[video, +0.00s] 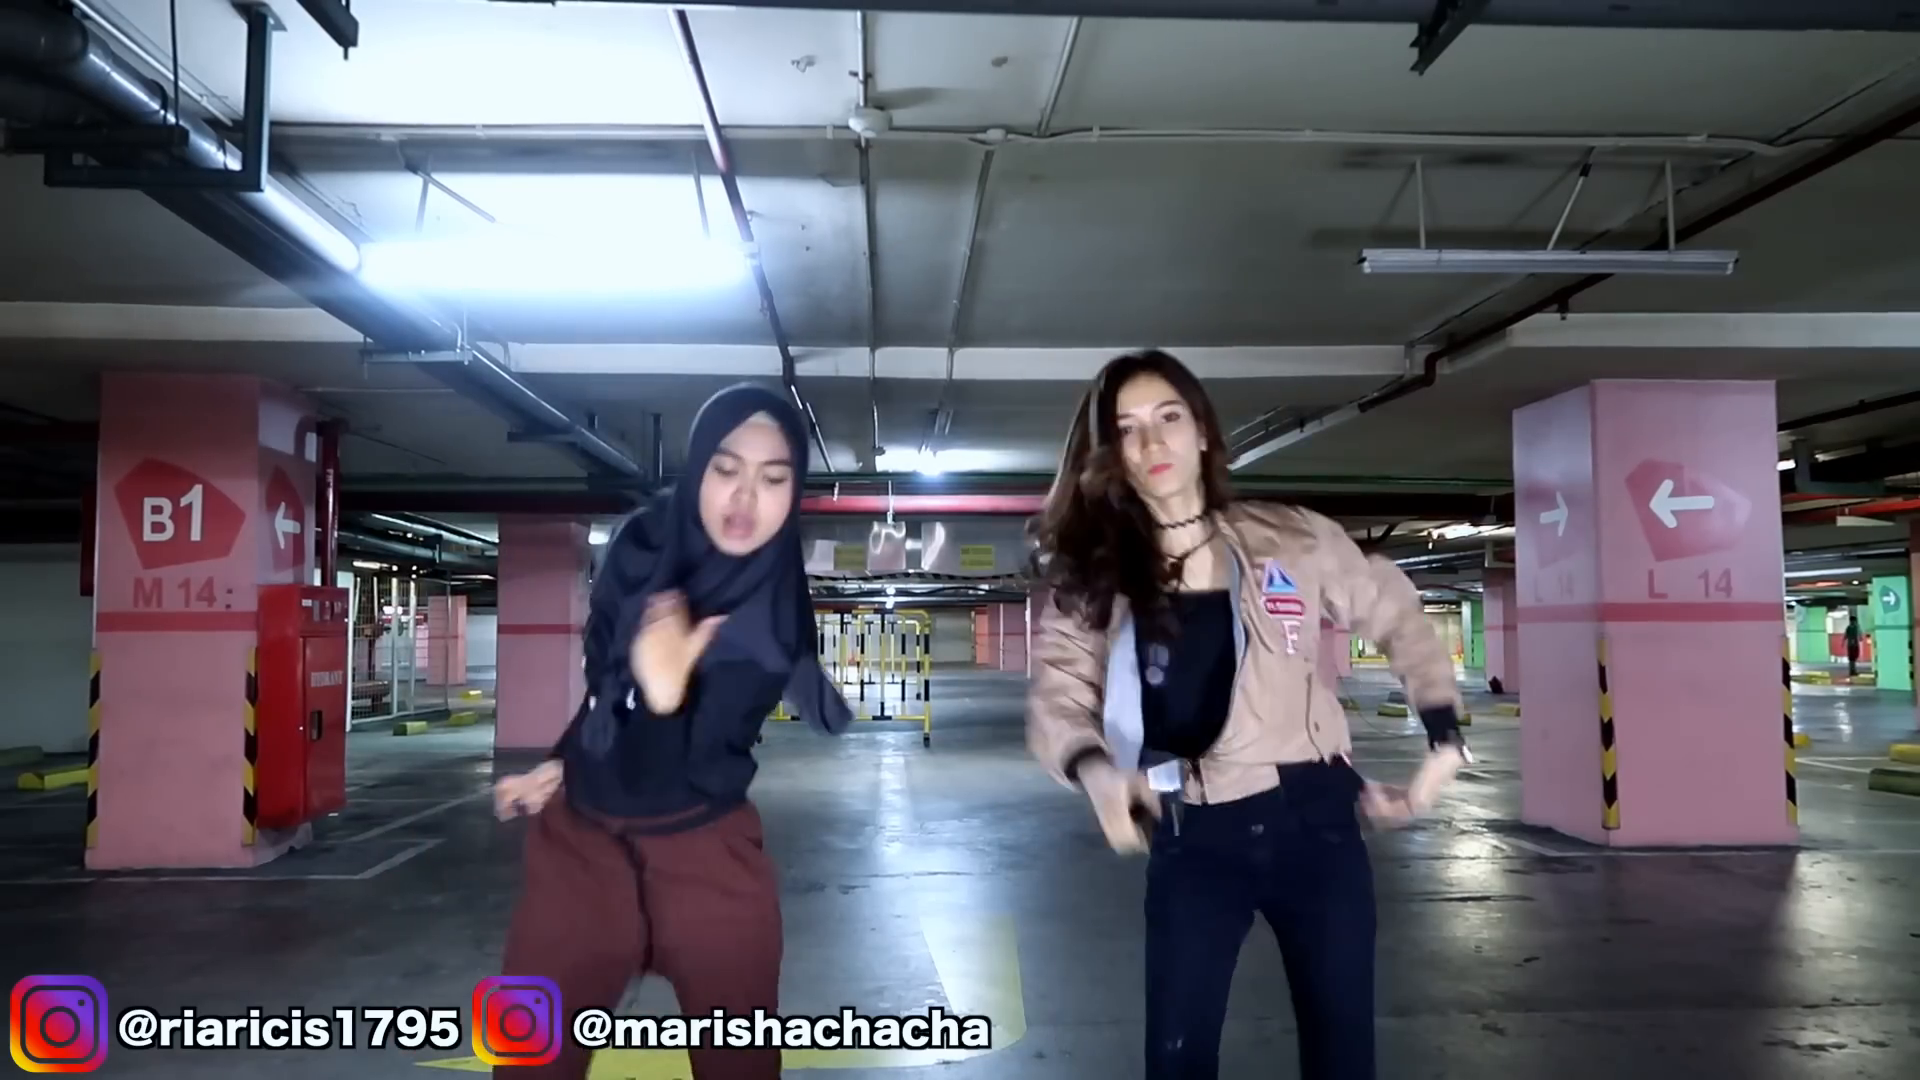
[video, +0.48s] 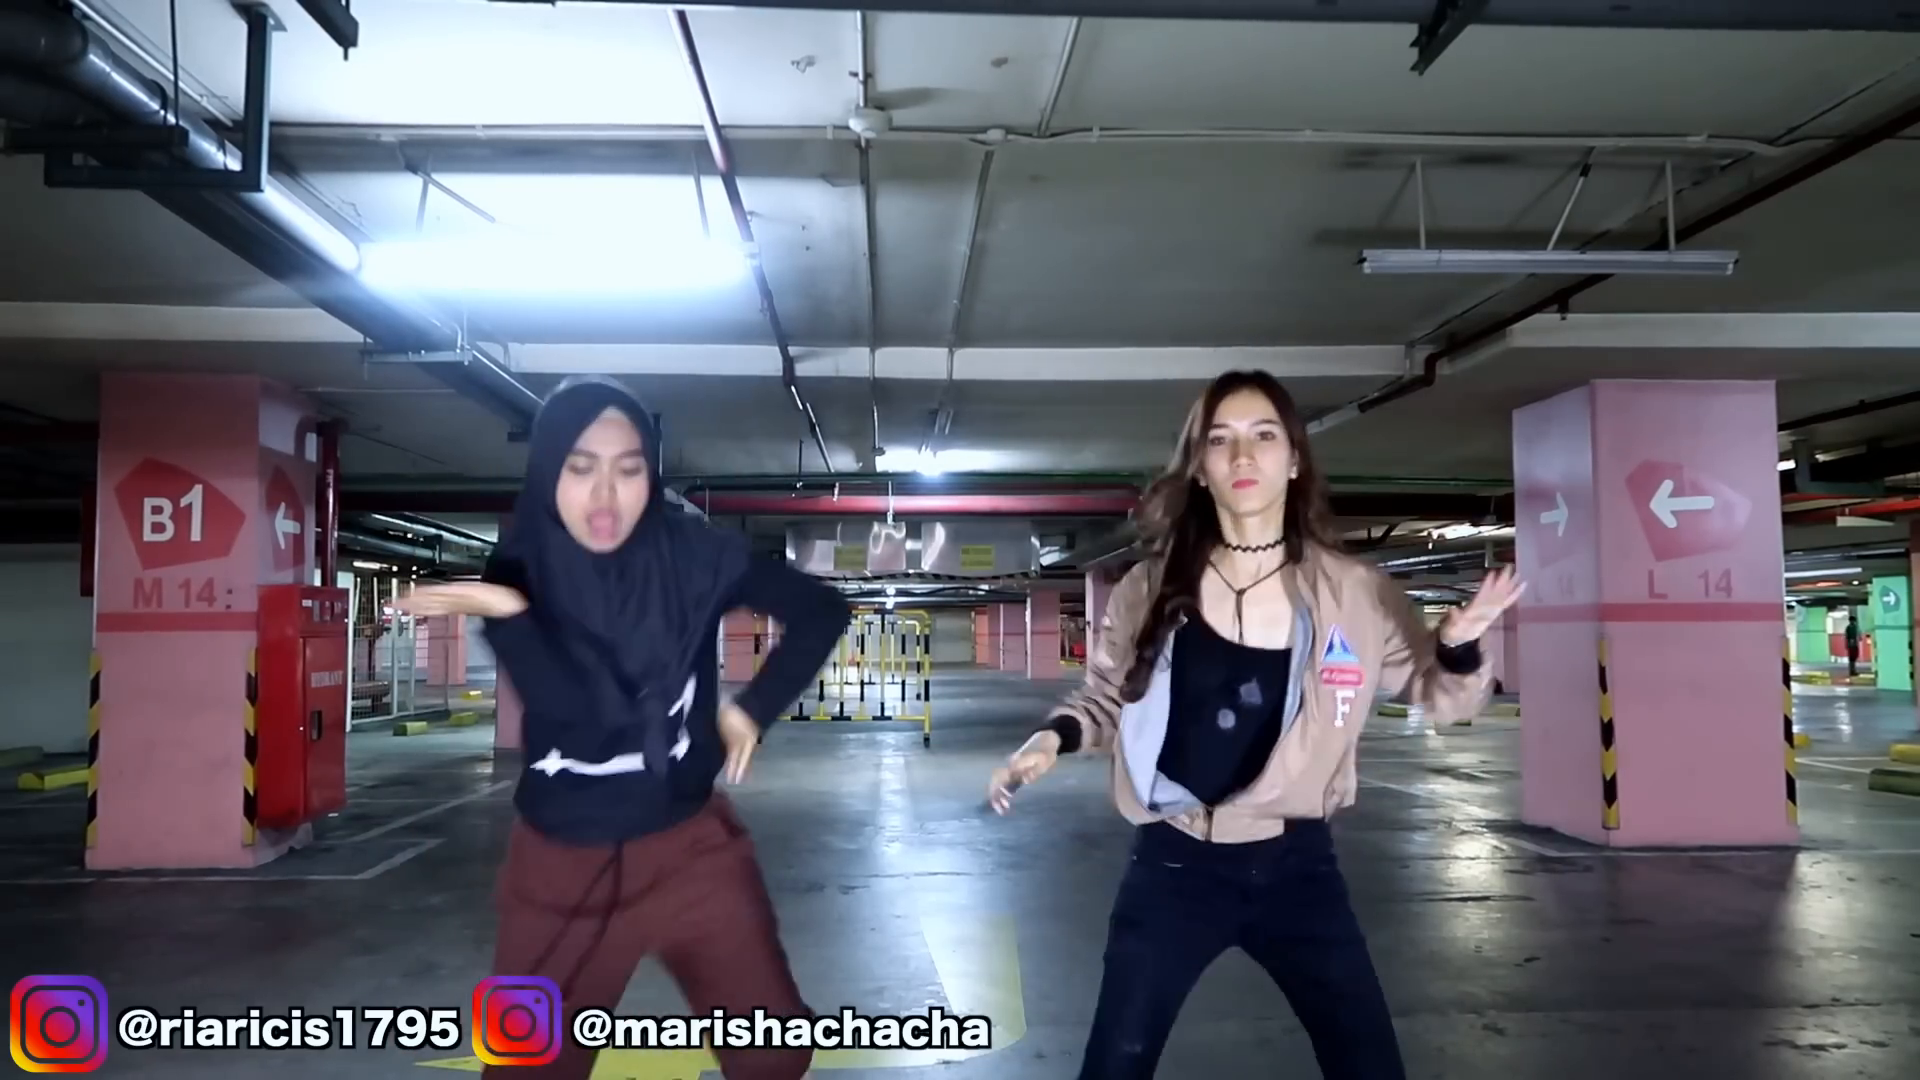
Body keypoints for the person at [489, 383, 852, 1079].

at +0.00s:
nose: (745, 498)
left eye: (772, 477)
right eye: (727, 469)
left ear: (796, 494)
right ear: (694, 473)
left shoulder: (775, 606)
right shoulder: (640, 550)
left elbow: (688, 769)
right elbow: (611, 684)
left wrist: (662, 704)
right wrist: (561, 763)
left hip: (708, 847)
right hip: (582, 840)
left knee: (740, 1064)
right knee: (529, 1060)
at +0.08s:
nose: (729, 509)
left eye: (754, 487)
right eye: (707, 482)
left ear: (775, 502)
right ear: (671, 488)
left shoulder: (760, 618)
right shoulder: (626, 557)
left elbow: (682, 800)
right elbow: (572, 676)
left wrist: (635, 722)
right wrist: (492, 758)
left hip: (690, 877)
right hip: (567, 872)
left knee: (735, 1068)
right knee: (537, 1067)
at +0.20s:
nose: (686, 484)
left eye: (710, 462)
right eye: (664, 456)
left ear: (731, 476)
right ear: (626, 460)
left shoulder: (729, 590)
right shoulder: (564, 518)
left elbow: (757, 756)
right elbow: (475, 522)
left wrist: (615, 744)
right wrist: (436, 618)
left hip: (679, 831)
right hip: (550, 829)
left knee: (739, 1057)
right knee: (512, 1057)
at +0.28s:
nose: (651, 495)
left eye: (675, 471)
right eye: (626, 469)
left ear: (697, 481)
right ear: (588, 473)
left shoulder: (710, 592)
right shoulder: (520, 539)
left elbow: (800, 731)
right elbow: (389, 554)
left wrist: (682, 805)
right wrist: (392, 597)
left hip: (669, 864)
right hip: (534, 864)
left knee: (725, 1066)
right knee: (503, 1063)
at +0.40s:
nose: (614, 526)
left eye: (636, 500)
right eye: (590, 498)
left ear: (659, 509)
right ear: (552, 505)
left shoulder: (691, 606)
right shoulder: (503, 602)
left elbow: (826, 683)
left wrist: (745, 781)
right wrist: (439, 601)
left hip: (671, 895)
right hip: (532, 900)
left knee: (755, 1069)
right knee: (488, 1069)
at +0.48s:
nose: (605, 493)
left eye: (628, 468)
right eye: (582, 466)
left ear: (652, 479)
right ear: (545, 476)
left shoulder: (696, 552)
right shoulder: (516, 575)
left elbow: (823, 612)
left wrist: (754, 710)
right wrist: (509, 614)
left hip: (693, 853)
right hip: (558, 865)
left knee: (775, 1057)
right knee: (530, 1066)